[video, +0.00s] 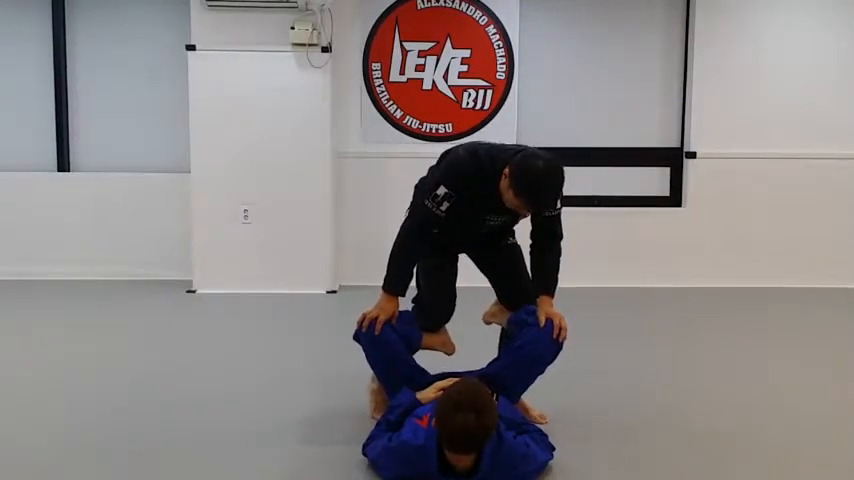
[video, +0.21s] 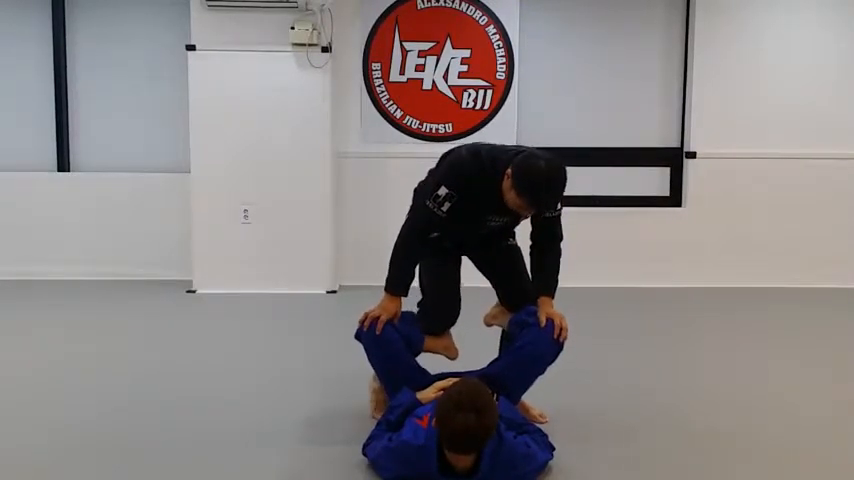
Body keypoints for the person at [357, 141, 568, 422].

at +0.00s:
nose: (522, 215)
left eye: (529, 211)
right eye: (518, 206)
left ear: (547, 194)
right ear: (506, 177)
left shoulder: (545, 181)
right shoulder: (462, 165)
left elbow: (547, 239)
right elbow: (413, 228)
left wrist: (546, 299)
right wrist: (390, 296)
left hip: (491, 231)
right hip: (439, 230)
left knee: (525, 304)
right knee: (436, 311)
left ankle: (508, 392)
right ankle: (385, 373)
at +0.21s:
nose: (523, 216)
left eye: (531, 212)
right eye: (520, 207)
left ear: (548, 197)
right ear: (508, 178)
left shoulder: (546, 184)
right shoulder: (464, 166)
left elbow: (547, 241)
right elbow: (414, 229)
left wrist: (546, 300)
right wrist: (393, 297)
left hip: (492, 233)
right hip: (440, 232)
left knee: (525, 307)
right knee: (441, 317)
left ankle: (508, 393)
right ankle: (387, 372)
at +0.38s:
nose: (530, 216)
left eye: (537, 211)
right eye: (526, 206)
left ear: (553, 197)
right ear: (514, 177)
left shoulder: (549, 187)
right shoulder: (467, 167)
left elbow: (547, 243)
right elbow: (416, 228)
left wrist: (548, 301)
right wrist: (394, 296)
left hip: (491, 236)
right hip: (441, 235)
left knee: (527, 306)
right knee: (447, 318)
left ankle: (507, 394)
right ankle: (388, 373)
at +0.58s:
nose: (534, 217)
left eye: (543, 213)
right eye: (532, 208)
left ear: (557, 198)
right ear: (520, 178)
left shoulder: (549, 187)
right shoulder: (471, 169)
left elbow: (547, 244)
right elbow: (418, 225)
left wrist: (548, 301)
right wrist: (396, 296)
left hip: (490, 240)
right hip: (440, 237)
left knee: (529, 305)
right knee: (449, 325)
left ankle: (508, 395)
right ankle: (388, 376)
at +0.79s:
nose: (538, 217)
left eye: (547, 213)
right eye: (537, 208)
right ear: (525, 178)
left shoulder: (550, 185)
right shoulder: (474, 170)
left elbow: (545, 243)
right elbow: (421, 227)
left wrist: (548, 301)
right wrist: (398, 297)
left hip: (486, 238)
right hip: (438, 233)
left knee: (526, 306)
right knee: (450, 324)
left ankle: (508, 395)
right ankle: (389, 376)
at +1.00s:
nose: (539, 217)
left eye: (547, 214)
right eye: (538, 209)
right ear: (526, 179)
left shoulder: (549, 187)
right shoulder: (474, 171)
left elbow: (545, 244)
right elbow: (420, 227)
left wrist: (549, 302)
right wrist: (398, 297)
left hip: (485, 238)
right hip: (437, 234)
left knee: (526, 307)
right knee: (447, 325)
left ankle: (508, 395)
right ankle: (388, 377)